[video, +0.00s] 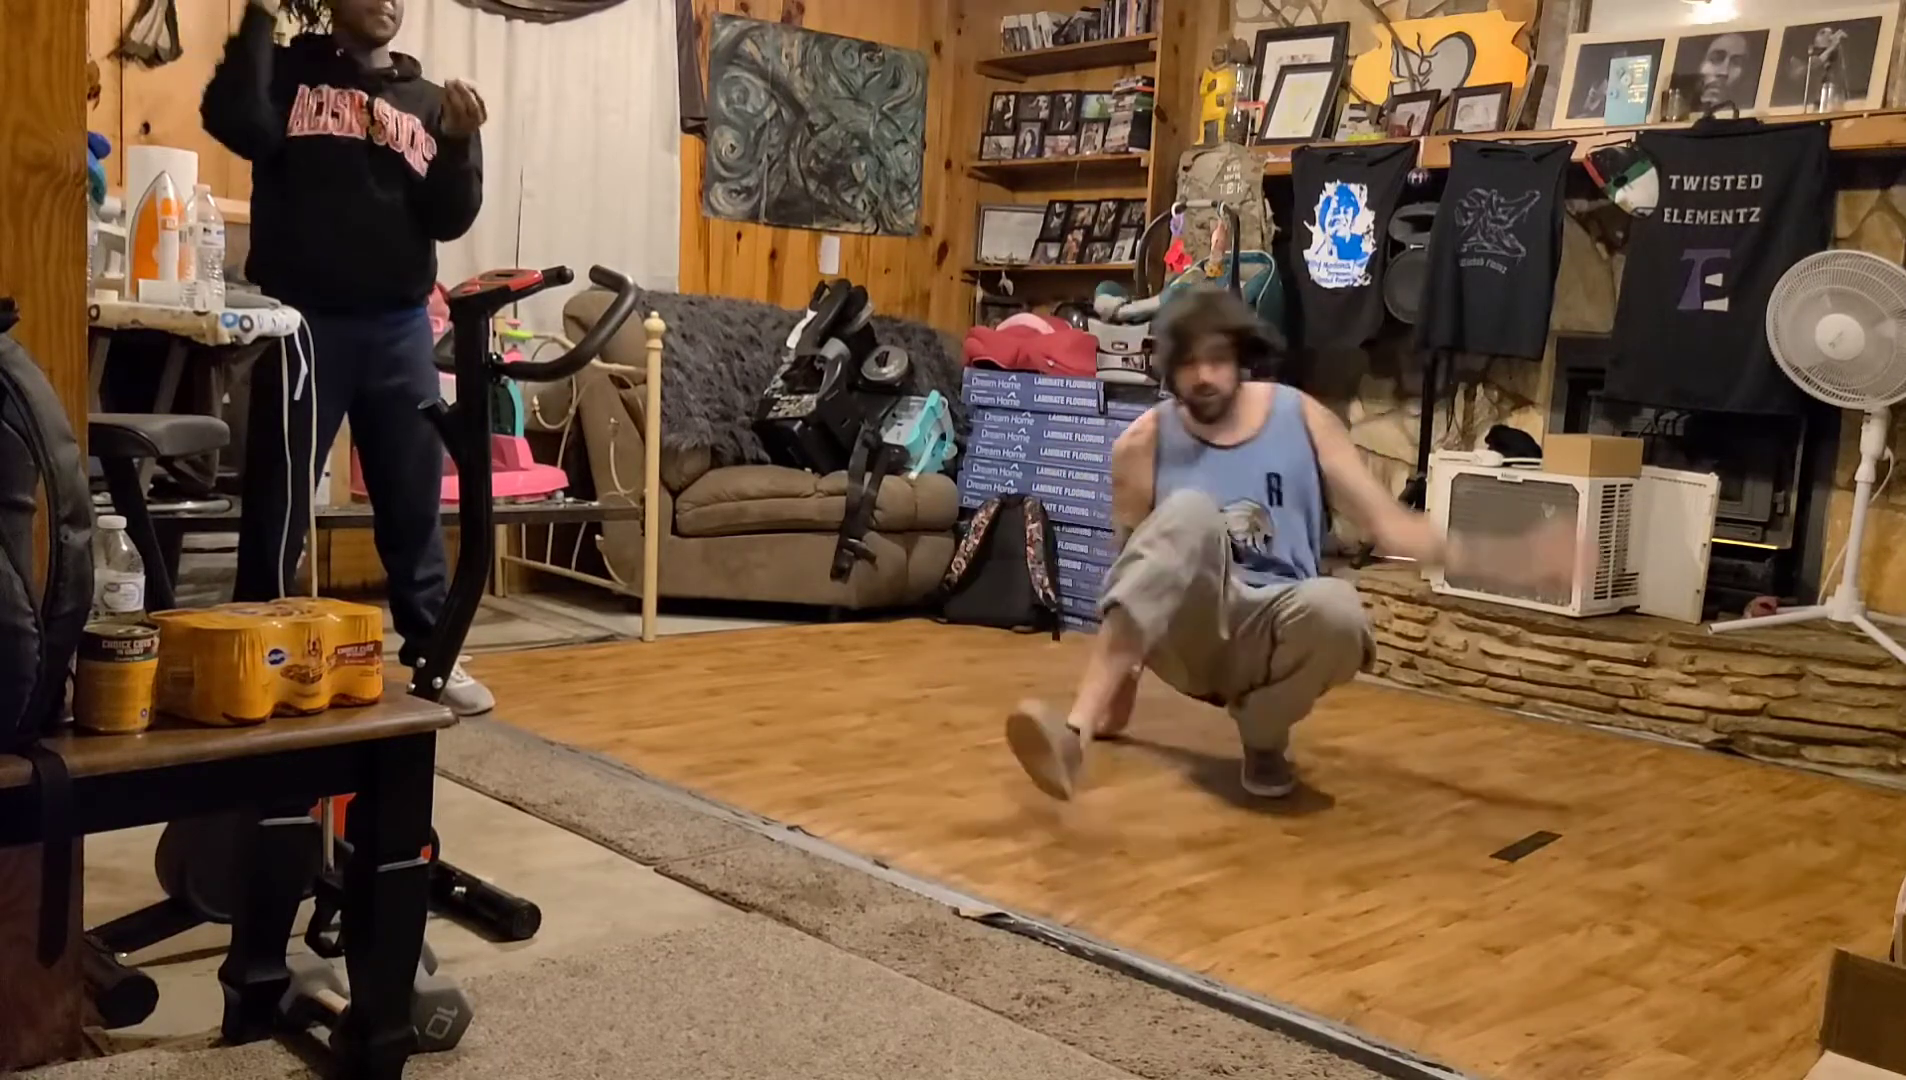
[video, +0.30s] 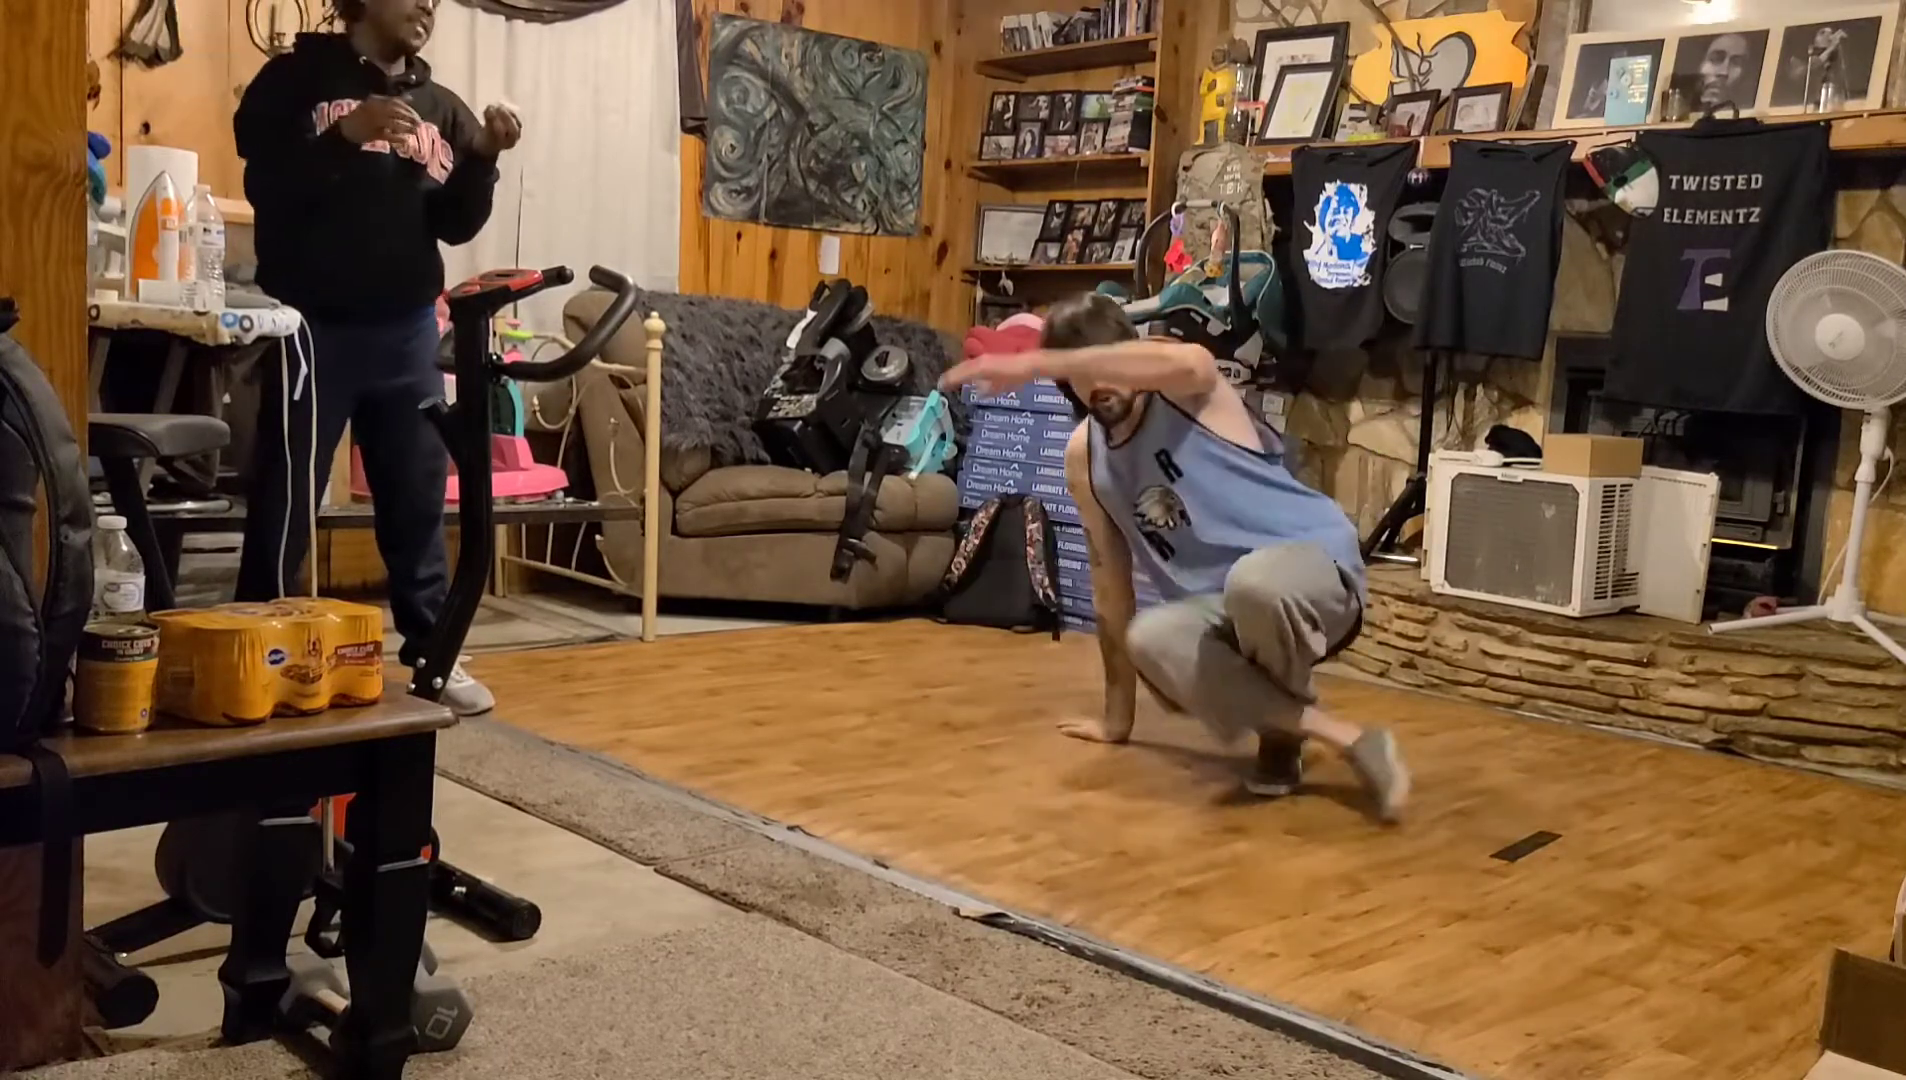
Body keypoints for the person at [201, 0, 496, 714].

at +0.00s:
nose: (386, 3)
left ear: (401, 11)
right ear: (331, 2)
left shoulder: (429, 99)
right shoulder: (287, 63)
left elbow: (448, 220)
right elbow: (234, 121)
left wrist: (463, 141)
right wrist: (257, 22)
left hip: (398, 325)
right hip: (298, 322)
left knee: (413, 499)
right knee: (278, 499)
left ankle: (432, 658)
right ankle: (252, 660)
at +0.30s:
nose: (429, 10)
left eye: (431, 3)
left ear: (425, 16)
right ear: (358, 2)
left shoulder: (441, 107)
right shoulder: (293, 76)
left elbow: (453, 225)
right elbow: (267, 178)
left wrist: (482, 156)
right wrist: (344, 133)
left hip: (405, 327)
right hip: (309, 327)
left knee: (417, 498)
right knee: (285, 501)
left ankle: (432, 654)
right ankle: (255, 660)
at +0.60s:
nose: (459, 8)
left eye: (462, 1)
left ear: (462, 14)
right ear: (394, 3)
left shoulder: (467, 105)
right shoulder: (327, 80)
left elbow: (495, 230)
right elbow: (282, 179)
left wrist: (507, 164)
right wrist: (375, 152)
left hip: (433, 330)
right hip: (337, 326)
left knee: (436, 501)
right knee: (306, 495)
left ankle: (432, 658)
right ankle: (265, 656)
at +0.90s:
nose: (480, 3)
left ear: (511, 25)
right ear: (431, 7)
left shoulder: (529, 131)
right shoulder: (364, 84)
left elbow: (546, 240)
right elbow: (306, 174)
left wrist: (501, 228)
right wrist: (373, 203)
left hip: (460, 334)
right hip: (364, 324)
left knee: (447, 500)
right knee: (333, 487)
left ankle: (434, 657)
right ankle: (285, 648)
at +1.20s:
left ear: (511, 18)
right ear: (430, 7)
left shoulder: (535, 125)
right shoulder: (373, 87)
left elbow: (557, 237)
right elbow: (316, 188)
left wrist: (490, 212)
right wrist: (377, 201)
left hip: (472, 330)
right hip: (378, 321)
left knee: (455, 497)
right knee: (355, 485)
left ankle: (435, 659)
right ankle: (305, 648)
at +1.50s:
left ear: (488, 15)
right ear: (413, 8)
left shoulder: (519, 121)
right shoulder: (360, 89)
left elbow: (540, 235)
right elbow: (309, 190)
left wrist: (465, 224)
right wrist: (351, 206)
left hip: (460, 332)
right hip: (364, 324)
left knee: (451, 501)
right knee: (336, 494)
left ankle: (435, 660)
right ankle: (310, 656)